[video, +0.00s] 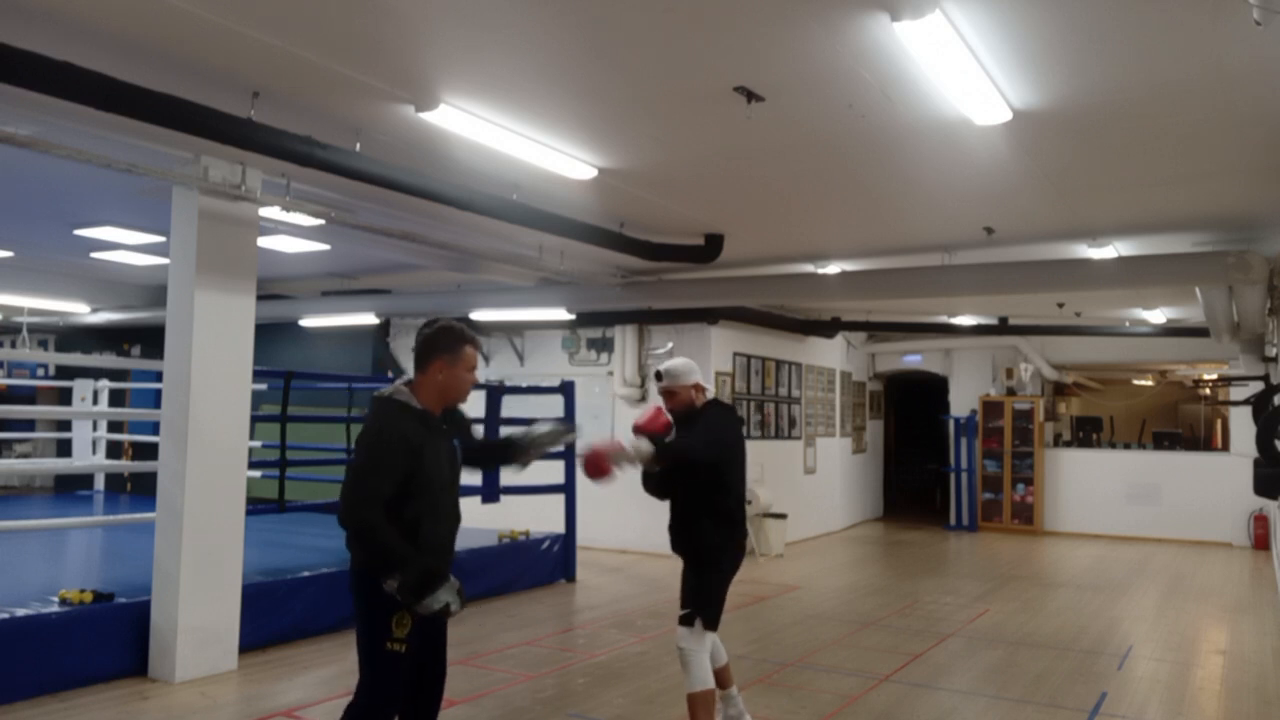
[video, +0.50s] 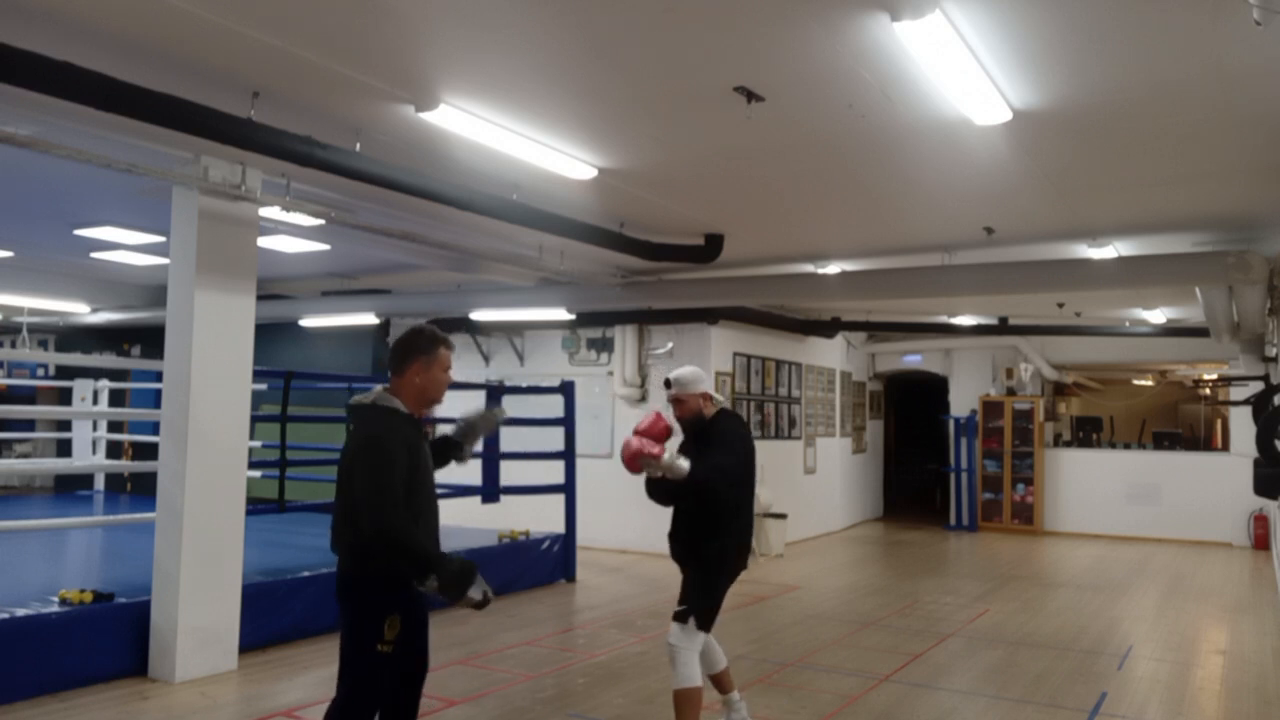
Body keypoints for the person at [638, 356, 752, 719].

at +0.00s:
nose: (665, 403)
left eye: (671, 395)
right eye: (662, 395)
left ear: (695, 390)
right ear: (688, 392)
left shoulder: (716, 420)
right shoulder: (687, 426)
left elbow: (693, 463)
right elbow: (661, 486)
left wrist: (650, 452)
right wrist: (656, 451)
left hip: (716, 546)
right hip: (701, 543)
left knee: (691, 644)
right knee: (703, 637)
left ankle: (706, 715)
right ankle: (734, 710)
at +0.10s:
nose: (667, 410)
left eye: (673, 401)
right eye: (665, 402)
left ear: (698, 398)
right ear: (684, 400)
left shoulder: (723, 427)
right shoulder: (686, 434)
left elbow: (723, 486)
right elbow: (668, 497)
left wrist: (669, 476)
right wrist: (654, 459)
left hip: (717, 551)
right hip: (696, 548)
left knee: (686, 643)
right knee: (702, 638)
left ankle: (701, 713)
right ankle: (736, 709)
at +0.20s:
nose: (669, 408)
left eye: (674, 400)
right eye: (667, 401)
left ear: (698, 396)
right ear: (678, 399)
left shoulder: (728, 425)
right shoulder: (687, 431)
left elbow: (736, 481)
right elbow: (668, 495)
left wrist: (684, 465)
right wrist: (655, 459)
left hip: (722, 546)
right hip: (695, 543)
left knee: (687, 635)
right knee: (702, 632)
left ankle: (698, 716)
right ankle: (737, 709)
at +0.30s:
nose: (671, 401)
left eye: (677, 394)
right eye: (669, 394)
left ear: (701, 391)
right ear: (679, 393)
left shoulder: (727, 419)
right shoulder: (686, 425)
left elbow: (731, 471)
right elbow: (667, 488)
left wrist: (682, 439)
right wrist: (655, 453)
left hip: (722, 541)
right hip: (696, 539)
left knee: (696, 633)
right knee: (707, 630)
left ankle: (698, 716)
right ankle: (737, 708)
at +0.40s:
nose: (674, 404)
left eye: (680, 396)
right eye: (672, 397)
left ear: (704, 393)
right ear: (678, 396)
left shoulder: (727, 421)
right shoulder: (690, 427)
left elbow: (720, 469)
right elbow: (663, 489)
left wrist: (674, 439)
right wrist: (652, 450)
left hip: (720, 548)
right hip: (697, 546)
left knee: (693, 641)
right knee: (704, 635)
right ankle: (736, 708)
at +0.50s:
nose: (674, 411)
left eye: (680, 402)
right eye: (672, 403)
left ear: (704, 399)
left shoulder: (729, 430)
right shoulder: (693, 436)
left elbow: (722, 484)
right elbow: (665, 493)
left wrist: (674, 466)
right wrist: (653, 468)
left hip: (721, 552)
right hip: (696, 550)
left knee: (682, 642)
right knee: (697, 636)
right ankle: (735, 708)